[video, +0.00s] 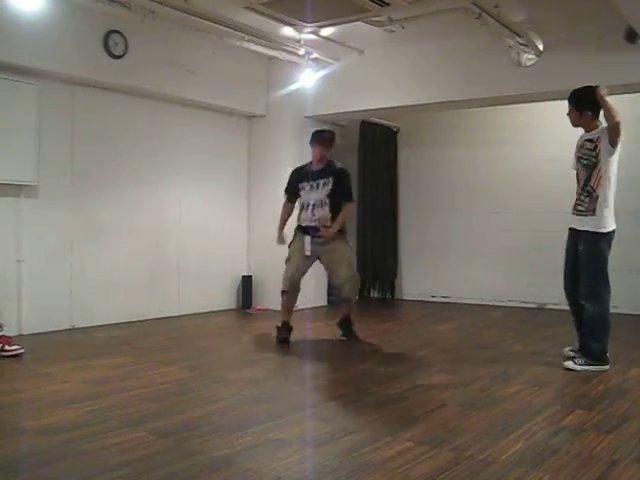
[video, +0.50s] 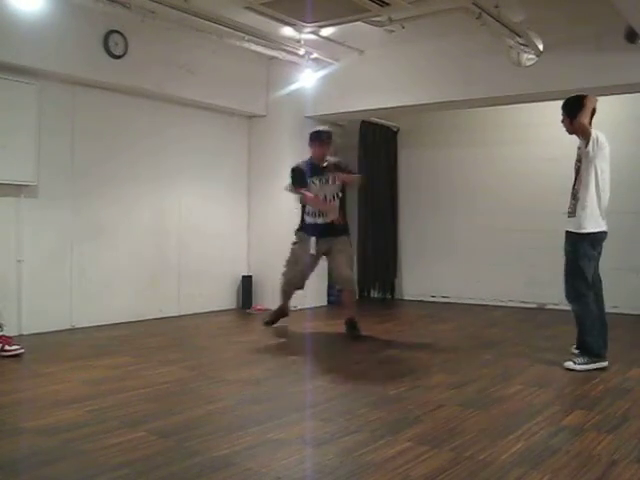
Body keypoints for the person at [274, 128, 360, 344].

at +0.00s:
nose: (321, 153)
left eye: (325, 149)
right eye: (318, 148)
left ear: (331, 150)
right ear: (311, 147)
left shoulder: (340, 174)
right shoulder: (298, 174)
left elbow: (349, 204)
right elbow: (289, 202)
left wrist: (335, 227)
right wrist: (281, 228)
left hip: (332, 237)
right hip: (304, 236)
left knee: (348, 278)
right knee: (290, 277)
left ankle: (346, 321)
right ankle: (285, 325)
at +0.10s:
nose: (327, 142)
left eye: (330, 137)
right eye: (323, 137)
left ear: (336, 138)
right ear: (316, 138)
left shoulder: (345, 163)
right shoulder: (305, 161)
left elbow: (351, 194)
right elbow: (295, 187)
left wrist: (347, 220)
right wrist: (287, 210)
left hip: (336, 228)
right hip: (307, 228)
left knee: (351, 272)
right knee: (295, 269)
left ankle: (346, 319)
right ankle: (293, 315)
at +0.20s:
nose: (330, 137)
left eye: (333, 132)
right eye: (326, 132)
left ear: (338, 133)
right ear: (318, 133)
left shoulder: (348, 158)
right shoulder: (308, 153)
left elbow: (361, 185)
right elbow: (298, 173)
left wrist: (359, 202)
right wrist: (283, 191)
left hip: (336, 222)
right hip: (308, 221)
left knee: (349, 270)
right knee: (297, 263)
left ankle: (347, 318)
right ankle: (308, 299)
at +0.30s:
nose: (331, 136)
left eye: (334, 132)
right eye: (327, 132)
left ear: (338, 133)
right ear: (319, 132)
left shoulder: (346, 155)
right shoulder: (310, 150)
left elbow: (366, 167)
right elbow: (294, 161)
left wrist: (362, 170)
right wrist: (282, 169)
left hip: (335, 223)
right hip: (309, 221)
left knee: (344, 272)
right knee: (302, 265)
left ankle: (350, 319)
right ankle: (310, 294)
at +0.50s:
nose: (321, 150)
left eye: (325, 146)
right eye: (318, 146)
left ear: (330, 147)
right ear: (310, 146)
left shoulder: (338, 168)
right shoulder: (300, 170)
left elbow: (357, 180)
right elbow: (303, 195)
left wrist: (341, 177)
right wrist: (326, 206)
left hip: (337, 234)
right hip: (309, 235)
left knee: (346, 278)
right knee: (291, 276)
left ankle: (351, 320)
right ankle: (283, 308)